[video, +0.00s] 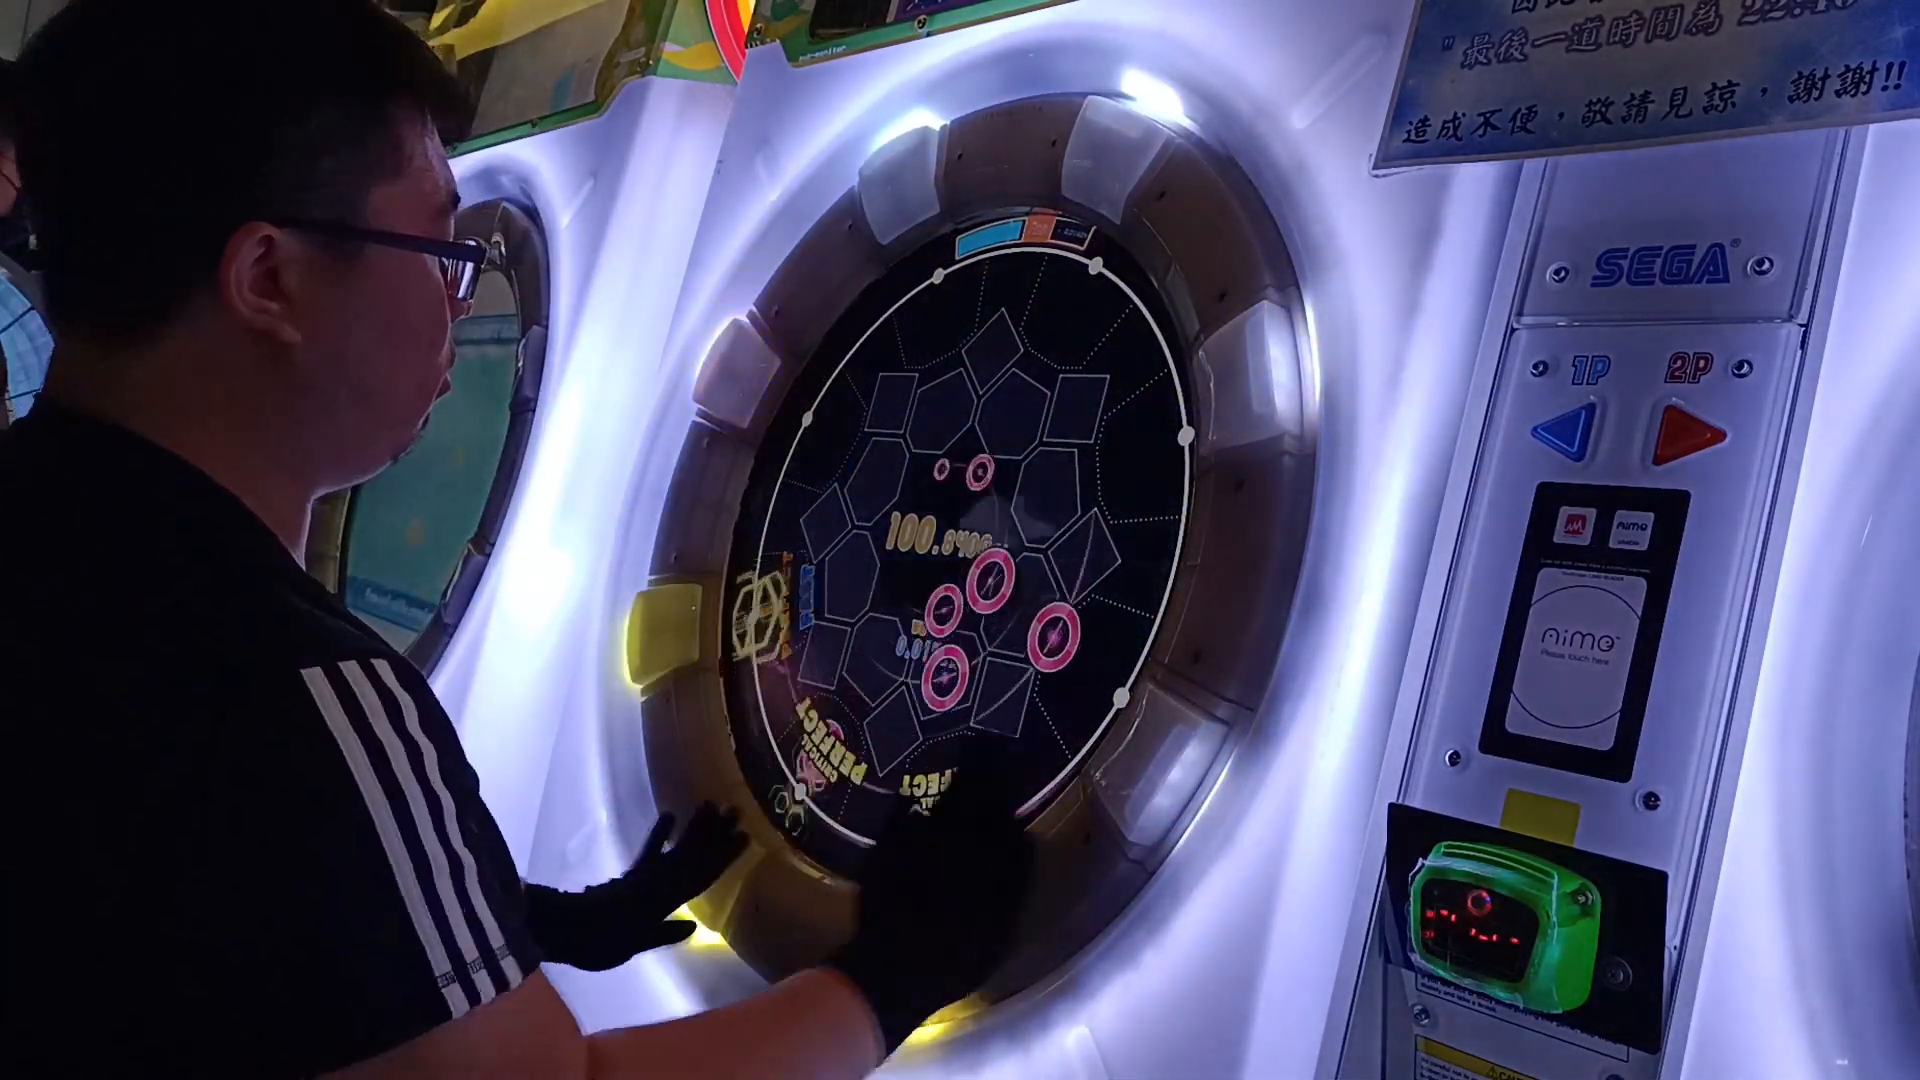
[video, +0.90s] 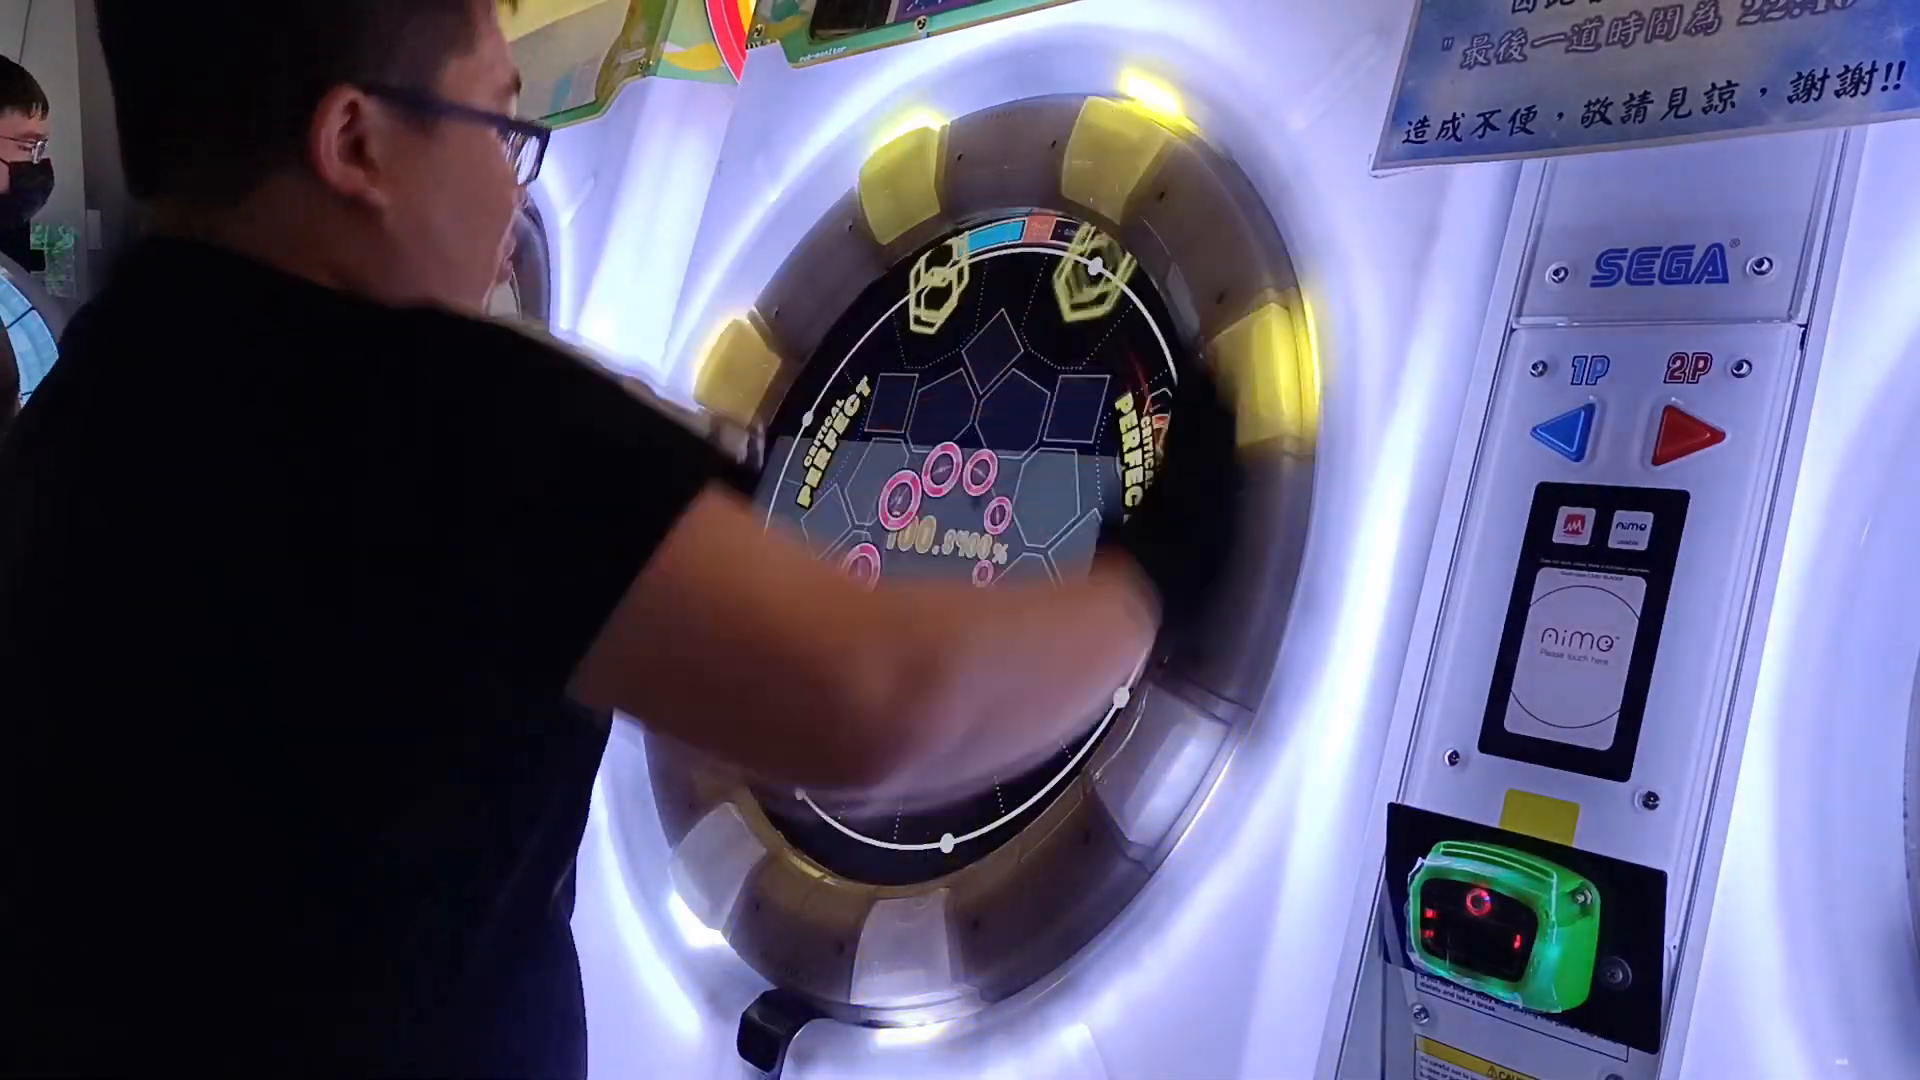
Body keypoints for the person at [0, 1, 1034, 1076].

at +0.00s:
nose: (461, 301)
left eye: (454, 255)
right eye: (441, 252)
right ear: (268, 284)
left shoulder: (31, 527)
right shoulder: (297, 691)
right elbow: (559, 1074)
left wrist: (564, 920)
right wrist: (892, 978)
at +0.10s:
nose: (467, 298)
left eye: (458, 252)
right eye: (440, 252)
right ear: (272, 288)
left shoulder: (39, 558)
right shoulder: (303, 686)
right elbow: (649, 1067)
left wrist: (678, 986)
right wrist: (974, 931)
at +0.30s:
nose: (504, 185)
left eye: (494, 131)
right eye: (481, 126)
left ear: (139, 147)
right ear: (328, 145)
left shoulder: (48, 446)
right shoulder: (419, 455)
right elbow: (906, 647)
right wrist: (1016, 358)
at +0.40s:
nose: (527, 101)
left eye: (524, 55)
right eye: (508, 49)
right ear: (356, 62)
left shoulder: (123, 301)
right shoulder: (468, 326)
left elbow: (528, 434)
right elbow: (927, 468)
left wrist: (794, 288)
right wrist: (1040, 247)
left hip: (116, 1024)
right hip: (422, 1043)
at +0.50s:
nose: (545, 88)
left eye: (541, 43)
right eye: (525, 36)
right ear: (377, 58)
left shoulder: (129, 298)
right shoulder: (495, 368)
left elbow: (494, 411)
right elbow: (944, 498)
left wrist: (796, 263)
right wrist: (1072, 257)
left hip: (98, 1026)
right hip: (412, 1048)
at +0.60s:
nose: (552, 117)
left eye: (548, 67)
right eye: (535, 62)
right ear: (386, 79)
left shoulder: (135, 319)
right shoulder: (412, 436)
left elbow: (444, 481)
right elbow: (855, 734)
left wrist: (711, 353)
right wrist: (1128, 460)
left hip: (139, 1016)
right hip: (419, 1047)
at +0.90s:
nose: (524, 170)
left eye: (516, 123)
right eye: (501, 122)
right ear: (353, 149)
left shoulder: (73, 413)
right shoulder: (452, 411)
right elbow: (878, 707)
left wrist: (639, 496)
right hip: (445, 1050)